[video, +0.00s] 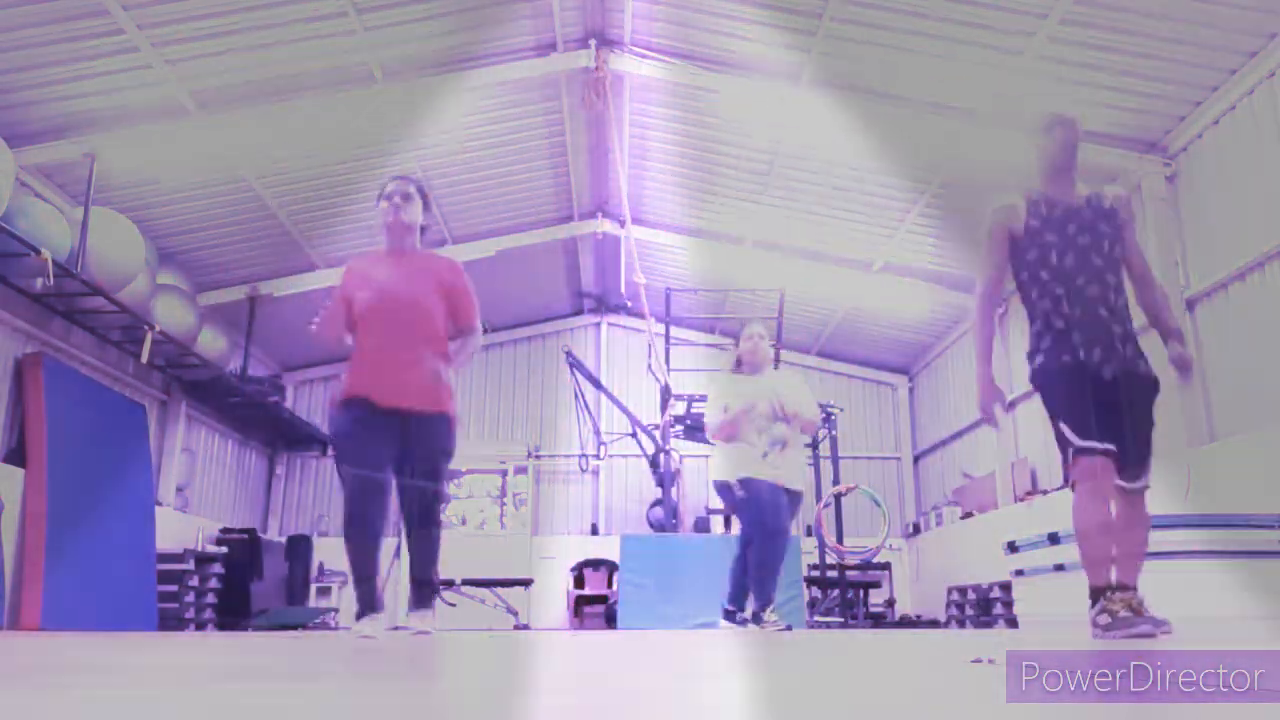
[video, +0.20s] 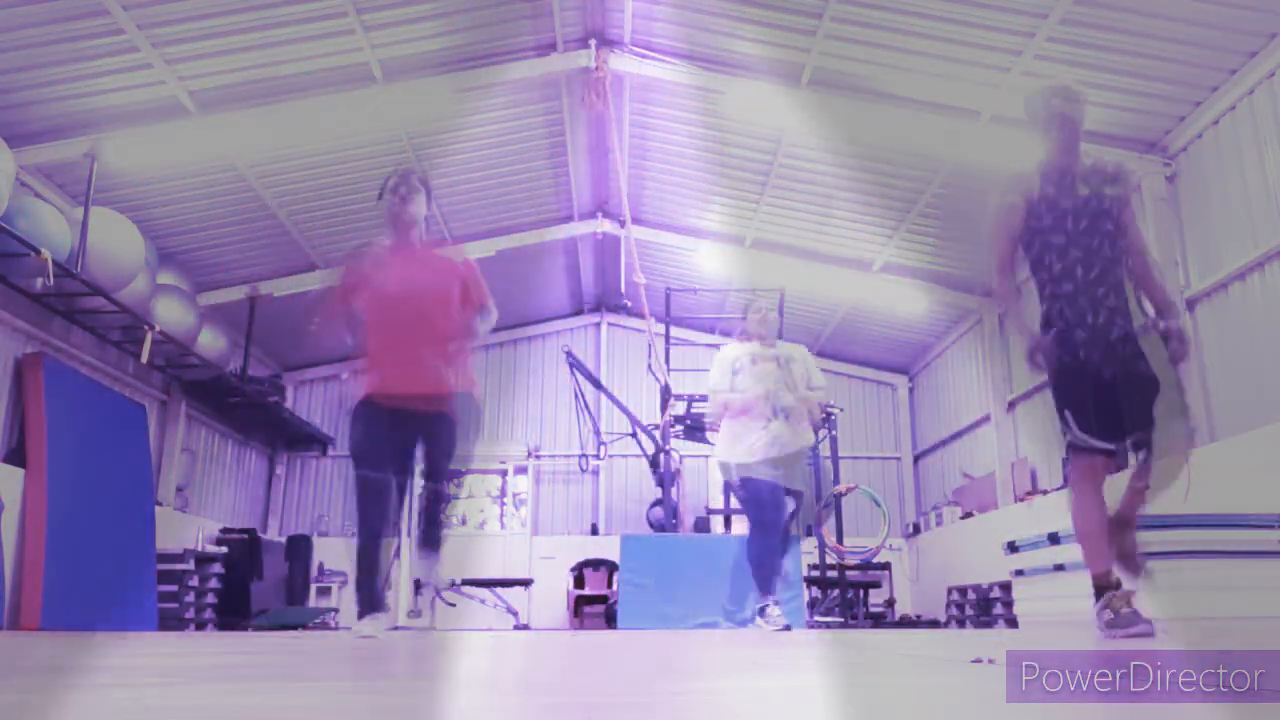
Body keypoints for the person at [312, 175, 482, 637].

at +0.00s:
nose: (397, 205)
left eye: (407, 199)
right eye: (389, 199)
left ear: (424, 212)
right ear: (378, 211)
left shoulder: (446, 268)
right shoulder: (358, 269)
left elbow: (472, 333)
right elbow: (339, 340)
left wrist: (451, 361)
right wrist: (328, 333)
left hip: (428, 404)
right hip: (366, 399)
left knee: (423, 509)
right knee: (362, 506)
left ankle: (422, 607)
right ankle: (369, 611)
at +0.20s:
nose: (404, 201)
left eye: (412, 194)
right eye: (396, 194)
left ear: (428, 206)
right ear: (384, 206)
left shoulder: (453, 260)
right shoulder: (367, 263)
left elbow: (488, 311)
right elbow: (323, 320)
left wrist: (472, 334)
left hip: (438, 401)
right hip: (380, 398)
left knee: (436, 491)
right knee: (374, 510)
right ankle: (372, 609)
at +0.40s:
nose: (425, 192)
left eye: (434, 185)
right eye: (416, 186)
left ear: (449, 198)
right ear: (403, 201)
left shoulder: (474, 253)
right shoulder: (382, 259)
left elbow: (496, 312)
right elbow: (362, 325)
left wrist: (493, 321)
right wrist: (405, 318)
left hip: (469, 371)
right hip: (412, 379)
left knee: (469, 406)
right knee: (422, 489)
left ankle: (464, 500)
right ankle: (422, 606)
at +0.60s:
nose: (447, 192)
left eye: (455, 185)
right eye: (438, 186)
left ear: (470, 198)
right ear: (425, 200)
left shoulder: (497, 253)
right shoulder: (407, 258)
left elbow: (531, 310)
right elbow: (380, 325)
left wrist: (507, 298)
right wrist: (411, 303)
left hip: (495, 373)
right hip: (435, 382)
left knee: (512, 434)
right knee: (430, 490)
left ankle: (516, 546)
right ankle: (421, 604)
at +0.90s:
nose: (494, 204)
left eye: (503, 198)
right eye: (486, 199)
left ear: (520, 213)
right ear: (474, 214)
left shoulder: (544, 268)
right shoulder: (455, 273)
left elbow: (572, 339)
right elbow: (441, 336)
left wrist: (549, 314)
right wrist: (448, 343)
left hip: (532, 400)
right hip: (472, 406)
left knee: (531, 501)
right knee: (472, 507)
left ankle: (534, 607)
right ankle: (471, 604)